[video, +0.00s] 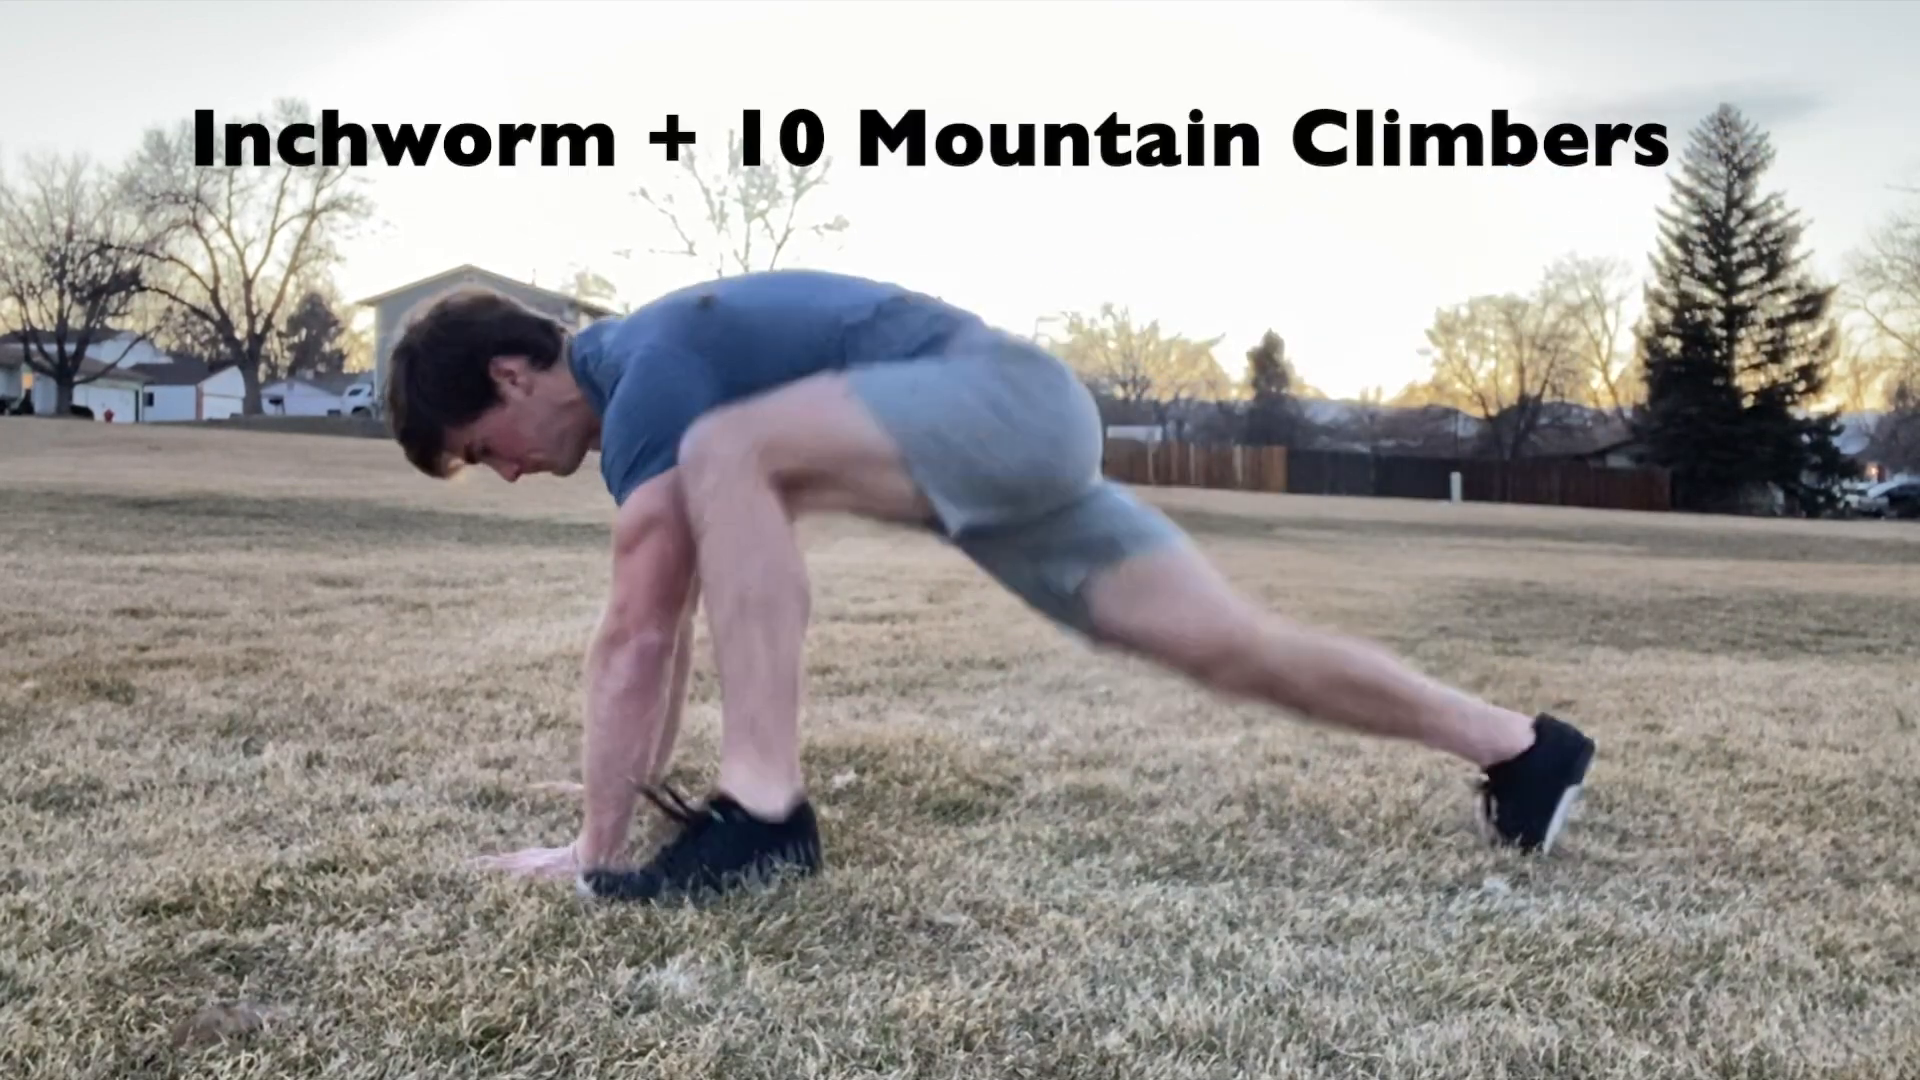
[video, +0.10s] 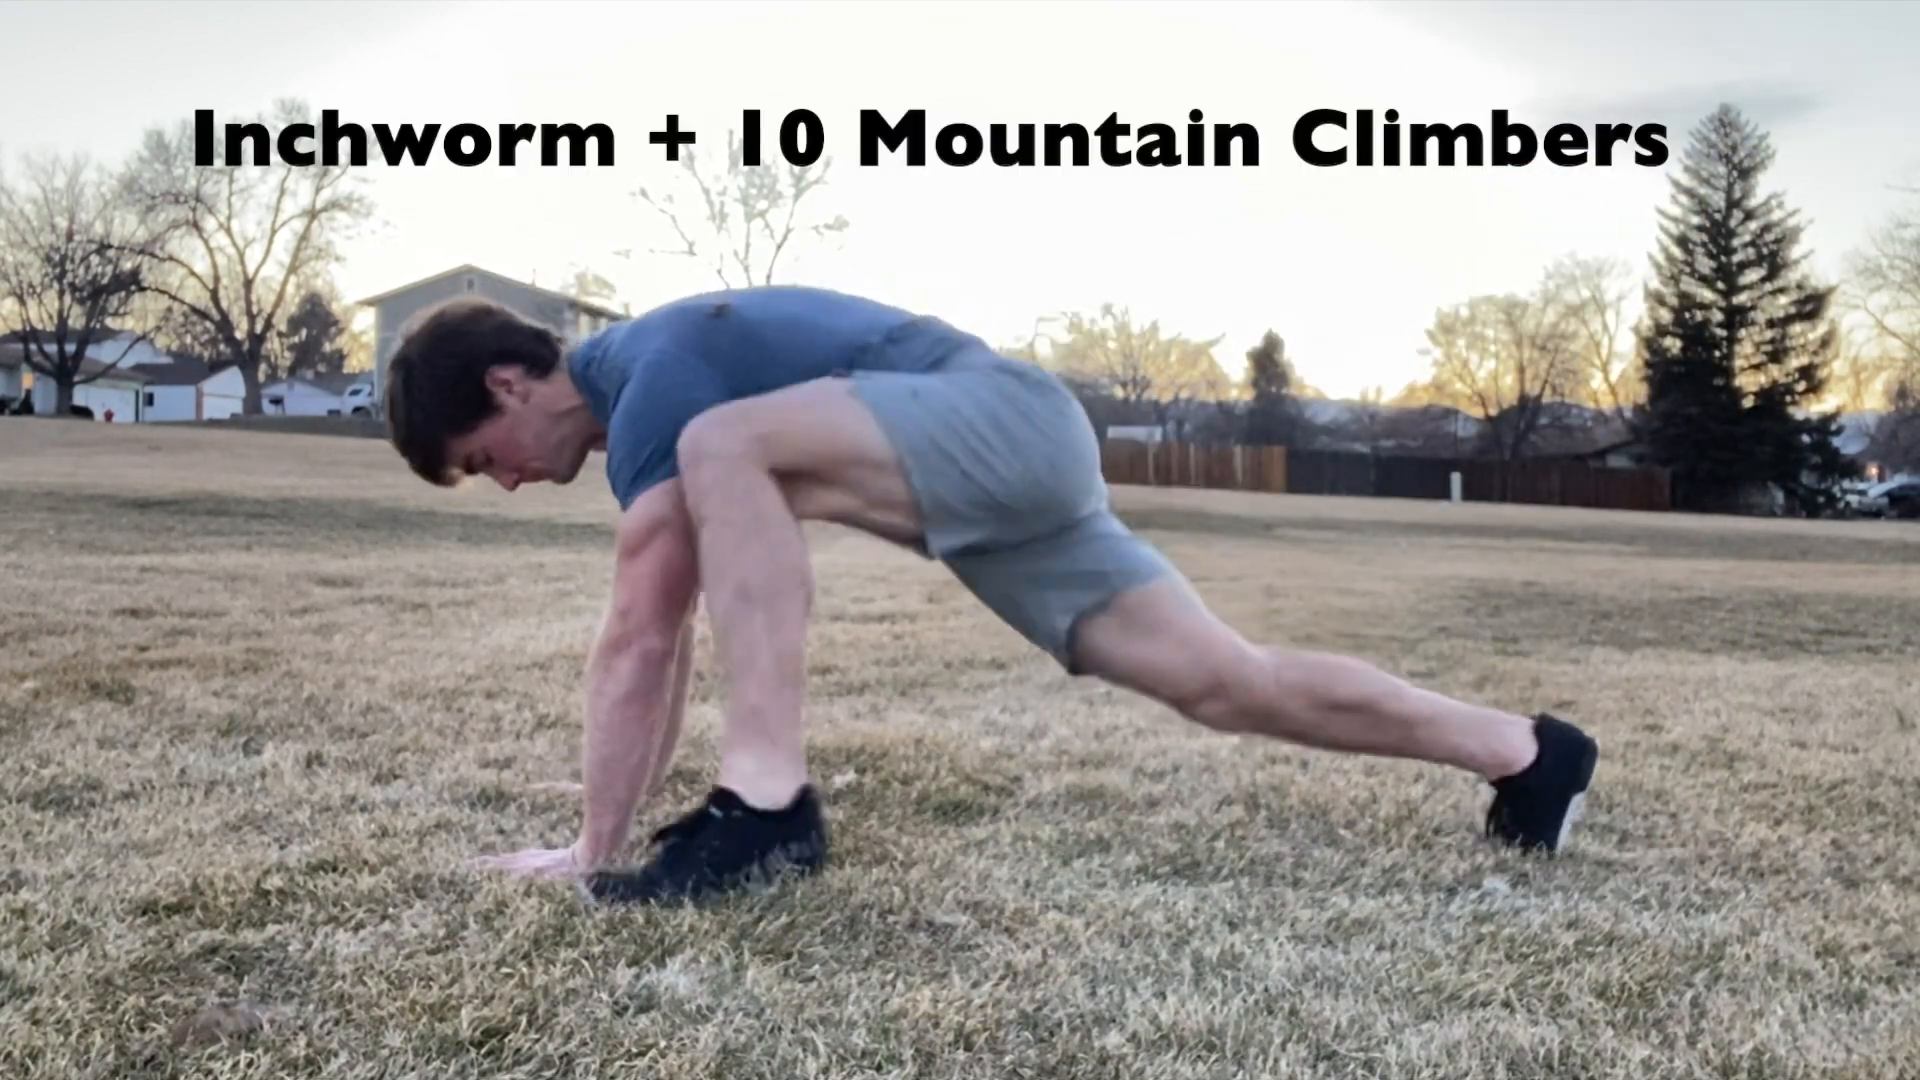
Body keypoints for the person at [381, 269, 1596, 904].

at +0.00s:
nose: (506, 472)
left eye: (485, 448)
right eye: (482, 464)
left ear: (516, 376)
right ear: (523, 372)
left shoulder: (651, 372)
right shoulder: (651, 386)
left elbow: (630, 622)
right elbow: (679, 615)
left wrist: (594, 845)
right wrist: (653, 783)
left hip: (1003, 389)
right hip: (1006, 448)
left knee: (726, 458)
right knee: (1226, 642)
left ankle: (761, 819)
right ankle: (1521, 747)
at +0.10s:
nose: (508, 480)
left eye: (487, 456)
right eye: (482, 474)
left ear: (516, 382)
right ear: (520, 385)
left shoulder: (659, 374)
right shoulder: (652, 405)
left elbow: (635, 622)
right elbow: (669, 630)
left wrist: (596, 844)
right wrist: (606, 826)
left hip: (1004, 409)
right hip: (1010, 496)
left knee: (726, 447)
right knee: (1216, 675)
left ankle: (763, 808)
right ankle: (1529, 751)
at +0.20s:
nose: (478, 502)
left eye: (456, 480)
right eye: (454, 494)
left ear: (481, 406)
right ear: (487, 410)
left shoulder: (627, 363)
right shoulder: (617, 399)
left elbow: (629, 630)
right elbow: (637, 638)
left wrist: (598, 844)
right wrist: (620, 826)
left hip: (981, 341)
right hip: (993, 385)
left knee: (769, 495)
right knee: (1180, 609)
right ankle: (1465, 727)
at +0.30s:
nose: (464, 503)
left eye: (443, 480)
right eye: (440, 495)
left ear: (464, 404)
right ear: (469, 402)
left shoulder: (594, 371)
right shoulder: (602, 376)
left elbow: (618, 620)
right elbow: (646, 600)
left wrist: (596, 842)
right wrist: (641, 780)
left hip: (947, 299)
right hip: (975, 302)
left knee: (918, 612)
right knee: (1028, 603)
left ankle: (1230, 675)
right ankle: (1306, 674)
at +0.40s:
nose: (465, 491)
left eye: (444, 469)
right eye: (442, 485)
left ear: (469, 397)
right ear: (473, 400)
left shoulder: (592, 369)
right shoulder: (619, 379)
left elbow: (614, 622)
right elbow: (654, 607)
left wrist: (595, 847)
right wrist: (643, 772)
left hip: (964, 340)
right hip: (917, 366)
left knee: (1109, 664)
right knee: (855, 551)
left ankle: (1419, 617)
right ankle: (1082, 679)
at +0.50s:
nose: (473, 473)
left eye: (452, 450)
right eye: (451, 465)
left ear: (476, 379)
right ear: (488, 376)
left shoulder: (602, 377)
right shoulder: (618, 371)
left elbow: (634, 621)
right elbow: (643, 629)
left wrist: (602, 839)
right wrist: (623, 819)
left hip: (966, 449)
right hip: (911, 445)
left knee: (1216, 663)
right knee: (753, 492)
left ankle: (1515, 733)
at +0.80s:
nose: (476, 502)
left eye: (455, 480)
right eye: (453, 495)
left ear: (479, 404)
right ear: (483, 410)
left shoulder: (601, 376)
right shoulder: (610, 383)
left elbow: (619, 624)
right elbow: (647, 622)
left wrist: (598, 841)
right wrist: (640, 784)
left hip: (974, 363)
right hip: (922, 400)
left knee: (1193, 603)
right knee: (794, 510)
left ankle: (1477, 709)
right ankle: (979, 701)